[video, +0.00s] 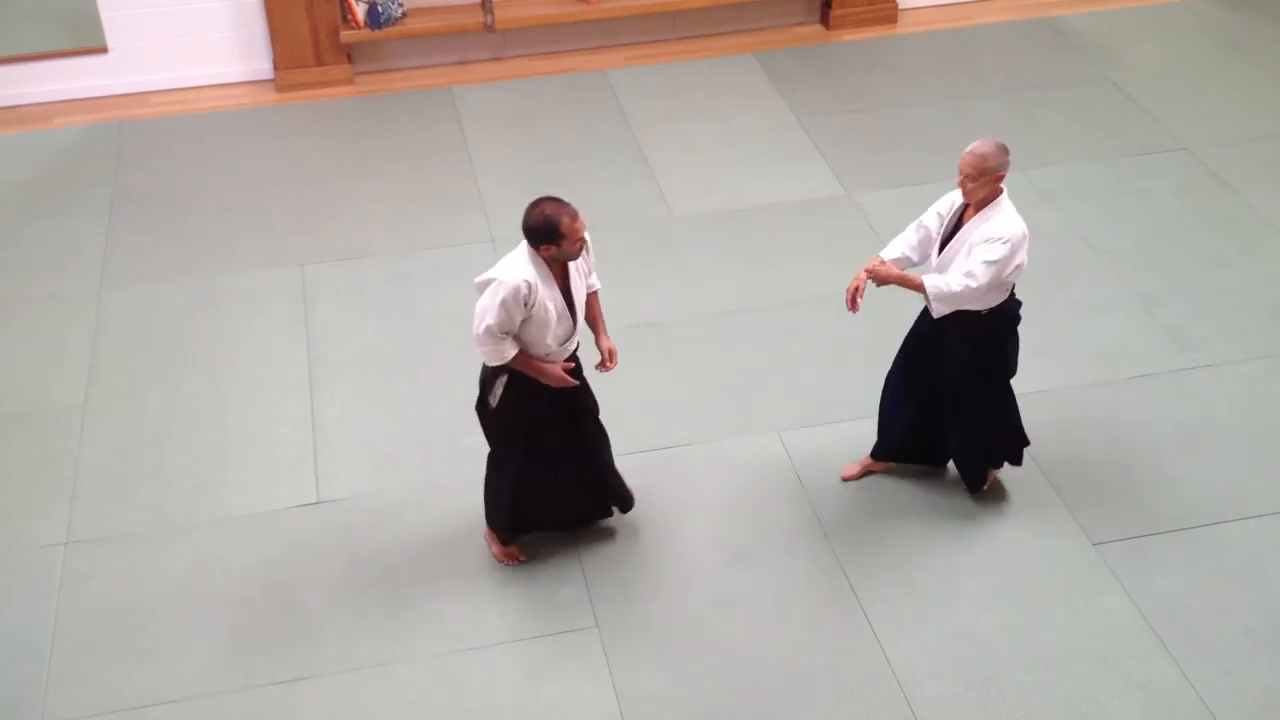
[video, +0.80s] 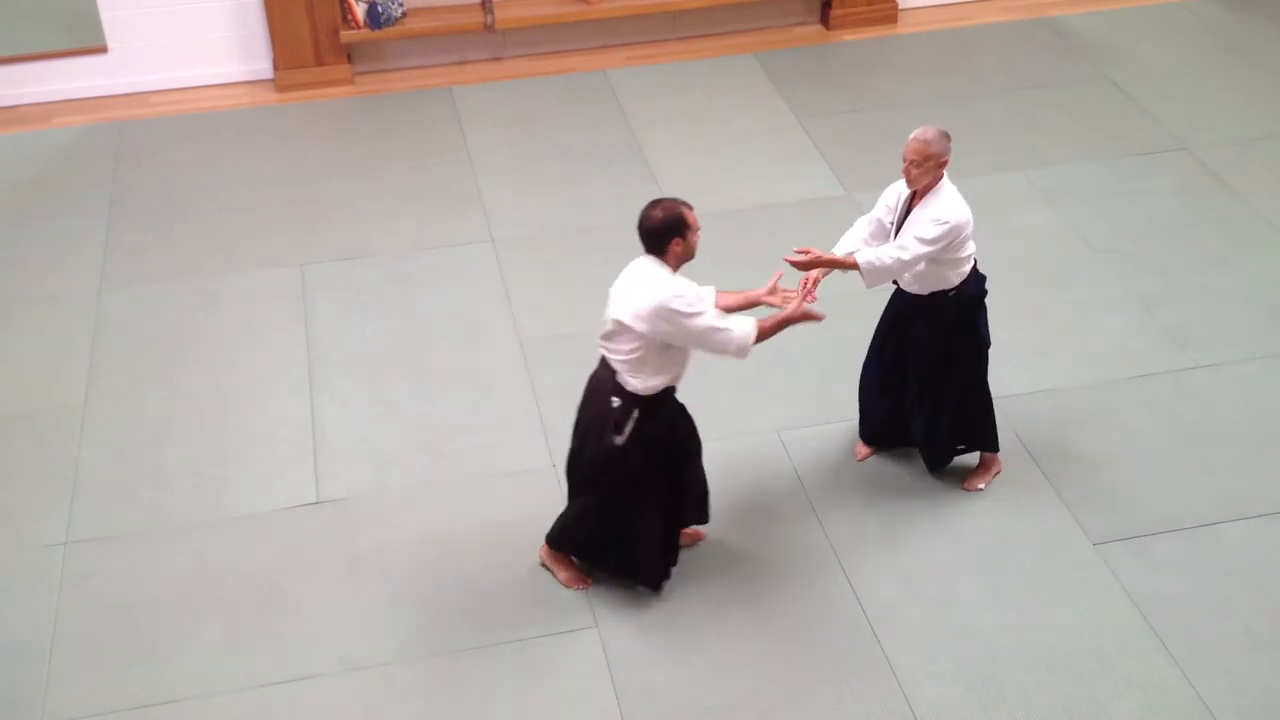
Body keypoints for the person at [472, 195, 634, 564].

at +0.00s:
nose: (584, 239)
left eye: (582, 233)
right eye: (576, 237)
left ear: (551, 245)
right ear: (548, 249)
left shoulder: (578, 245)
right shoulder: (513, 283)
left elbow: (589, 288)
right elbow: (490, 342)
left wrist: (601, 335)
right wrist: (542, 370)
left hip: (563, 365)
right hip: (515, 379)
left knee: (587, 431)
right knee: (510, 456)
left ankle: (606, 487)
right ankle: (497, 530)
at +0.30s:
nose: (606, 255)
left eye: (605, 249)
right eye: (601, 253)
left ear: (574, 261)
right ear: (573, 263)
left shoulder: (585, 274)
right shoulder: (527, 309)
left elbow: (601, 315)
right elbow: (522, 378)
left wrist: (631, 348)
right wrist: (578, 399)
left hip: (580, 384)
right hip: (529, 403)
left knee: (609, 451)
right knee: (530, 472)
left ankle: (601, 538)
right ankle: (502, 542)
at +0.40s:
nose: (626, 255)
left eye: (625, 249)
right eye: (621, 252)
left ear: (594, 259)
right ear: (595, 262)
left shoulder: (601, 275)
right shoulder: (551, 312)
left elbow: (615, 318)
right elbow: (551, 384)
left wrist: (654, 346)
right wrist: (610, 400)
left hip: (597, 396)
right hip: (552, 411)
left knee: (621, 469)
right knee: (553, 482)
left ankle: (627, 549)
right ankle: (508, 526)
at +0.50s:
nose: (646, 249)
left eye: (645, 243)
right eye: (642, 246)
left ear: (615, 254)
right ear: (618, 257)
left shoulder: (617, 272)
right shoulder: (576, 310)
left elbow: (636, 315)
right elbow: (587, 385)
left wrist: (679, 336)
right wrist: (645, 394)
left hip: (610, 400)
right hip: (571, 414)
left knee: (633, 475)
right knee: (581, 493)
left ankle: (629, 553)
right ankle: (523, 522)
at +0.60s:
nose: (665, 240)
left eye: (663, 234)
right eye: (660, 236)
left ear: (632, 245)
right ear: (638, 248)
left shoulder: (625, 268)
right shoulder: (601, 304)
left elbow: (657, 309)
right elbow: (632, 377)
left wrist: (704, 321)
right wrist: (691, 377)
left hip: (619, 394)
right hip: (587, 405)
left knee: (640, 470)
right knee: (593, 485)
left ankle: (633, 550)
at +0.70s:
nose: (679, 238)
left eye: (677, 232)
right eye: (675, 234)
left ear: (643, 242)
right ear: (655, 247)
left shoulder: (628, 268)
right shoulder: (628, 302)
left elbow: (675, 303)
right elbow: (687, 359)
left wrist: (729, 308)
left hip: (629, 395)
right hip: (603, 409)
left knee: (666, 452)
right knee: (592, 487)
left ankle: (645, 540)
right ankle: (555, 552)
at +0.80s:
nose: (699, 234)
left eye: (696, 227)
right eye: (694, 230)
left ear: (664, 240)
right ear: (676, 245)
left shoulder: (641, 271)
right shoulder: (665, 297)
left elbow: (705, 299)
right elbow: (738, 338)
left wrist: (760, 295)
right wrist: (790, 317)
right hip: (626, 409)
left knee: (680, 454)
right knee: (602, 488)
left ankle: (670, 525)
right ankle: (554, 549)